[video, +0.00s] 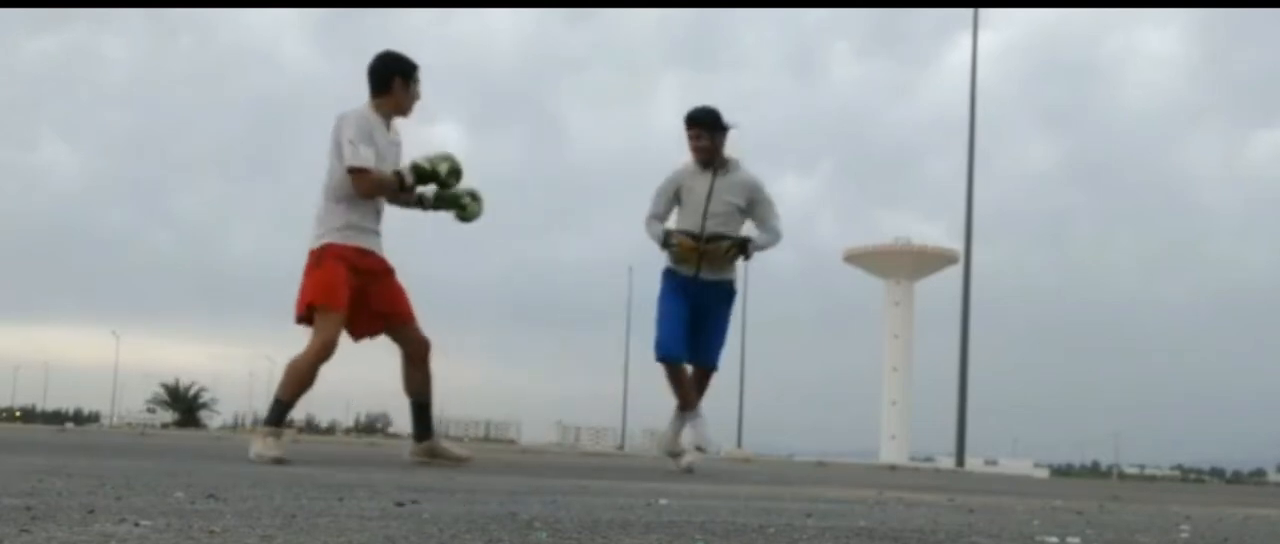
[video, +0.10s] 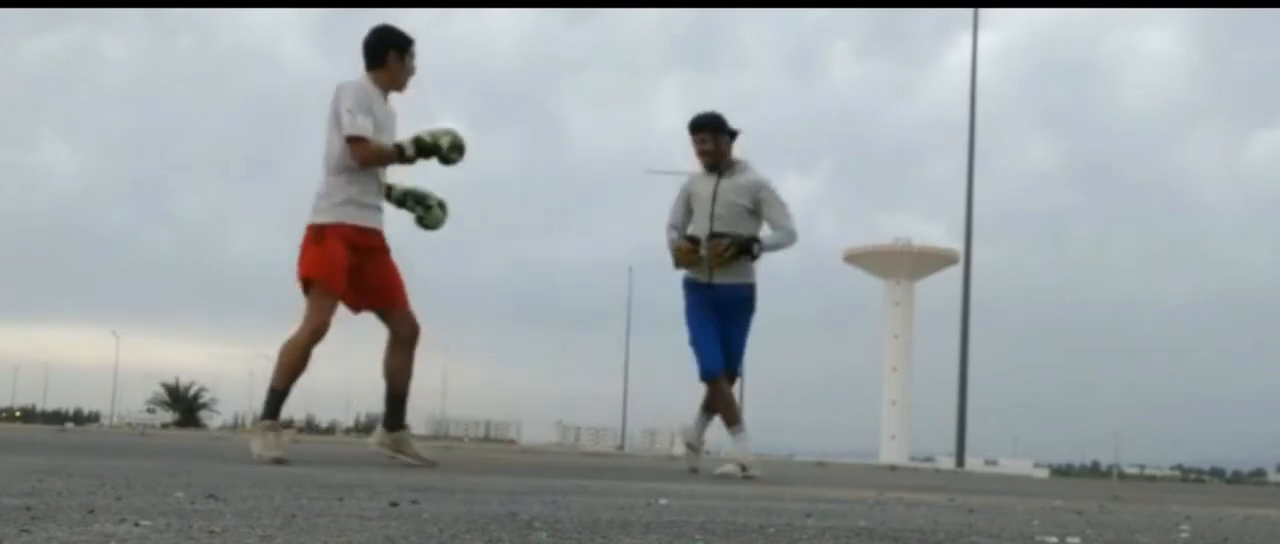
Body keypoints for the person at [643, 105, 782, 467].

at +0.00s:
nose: (698, 144)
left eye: (705, 138)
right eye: (693, 138)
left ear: (722, 138)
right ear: (687, 140)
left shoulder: (745, 184)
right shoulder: (681, 178)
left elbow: (773, 232)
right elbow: (653, 221)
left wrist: (750, 243)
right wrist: (668, 237)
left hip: (718, 282)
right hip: (679, 277)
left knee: (705, 363)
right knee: (668, 353)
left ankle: (675, 428)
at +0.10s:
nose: (702, 150)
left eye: (709, 143)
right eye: (697, 144)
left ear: (727, 142)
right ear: (694, 146)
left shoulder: (753, 184)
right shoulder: (693, 185)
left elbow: (787, 233)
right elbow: (674, 227)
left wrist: (752, 245)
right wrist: (680, 246)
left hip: (737, 288)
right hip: (699, 286)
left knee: (727, 374)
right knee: (712, 371)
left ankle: (697, 432)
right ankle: (742, 449)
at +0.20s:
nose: (709, 154)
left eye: (714, 145)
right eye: (705, 147)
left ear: (734, 142)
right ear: (704, 149)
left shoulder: (766, 186)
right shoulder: (707, 192)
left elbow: (789, 240)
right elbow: (697, 240)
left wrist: (755, 251)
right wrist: (692, 260)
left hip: (755, 296)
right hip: (714, 296)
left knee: (758, 377)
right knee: (723, 376)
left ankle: (737, 432)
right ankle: (744, 455)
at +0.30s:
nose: (724, 139)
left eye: (730, 130)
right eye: (719, 133)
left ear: (749, 127)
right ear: (716, 137)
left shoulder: (782, 171)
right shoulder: (721, 181)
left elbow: (811, 224)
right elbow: (715, 229)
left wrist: (777, 235)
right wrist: (716, 246)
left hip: (768, 282)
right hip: (729, 284)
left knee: (776, 365)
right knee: (733, 370)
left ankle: (789, 446)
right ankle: (747, 453)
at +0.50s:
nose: (758, 141)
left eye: (764, 133)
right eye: (755, 134)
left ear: (787, 131)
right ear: (755, 136)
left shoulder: (817, 173)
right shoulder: (759, 179)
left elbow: (852, 223)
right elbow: (740, 228)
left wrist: (816, 242)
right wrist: (741, 252)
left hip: (812, 288)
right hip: (773, 290)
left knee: (820, 369)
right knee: (749, 374)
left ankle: (843, 461)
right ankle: (748, 458)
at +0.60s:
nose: (770, 138)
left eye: (776, 129)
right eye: (766, 131)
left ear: (798, 128)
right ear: (764, 135)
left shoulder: (828, 170)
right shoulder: (773, 183)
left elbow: (856, 224)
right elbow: (776, 238)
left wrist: (818, 251)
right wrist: (764, 258)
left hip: (826, 285)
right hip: (789, 288)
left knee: (824, 368)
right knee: (764, 374)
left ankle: (841, 462)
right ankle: (753, 456)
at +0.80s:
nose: (781, 134)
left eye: (787, 126)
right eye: (778, 128)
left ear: (809, 125)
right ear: (780, 130)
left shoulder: (833, 158)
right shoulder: (800, 171)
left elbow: (870, 204)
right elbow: (818, 223)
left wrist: (833, 237)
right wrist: (797, 241)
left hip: (842, 278)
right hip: (811, 279)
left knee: (840, 366)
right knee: (785, 364)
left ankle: (844, 463)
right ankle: (801, 450)